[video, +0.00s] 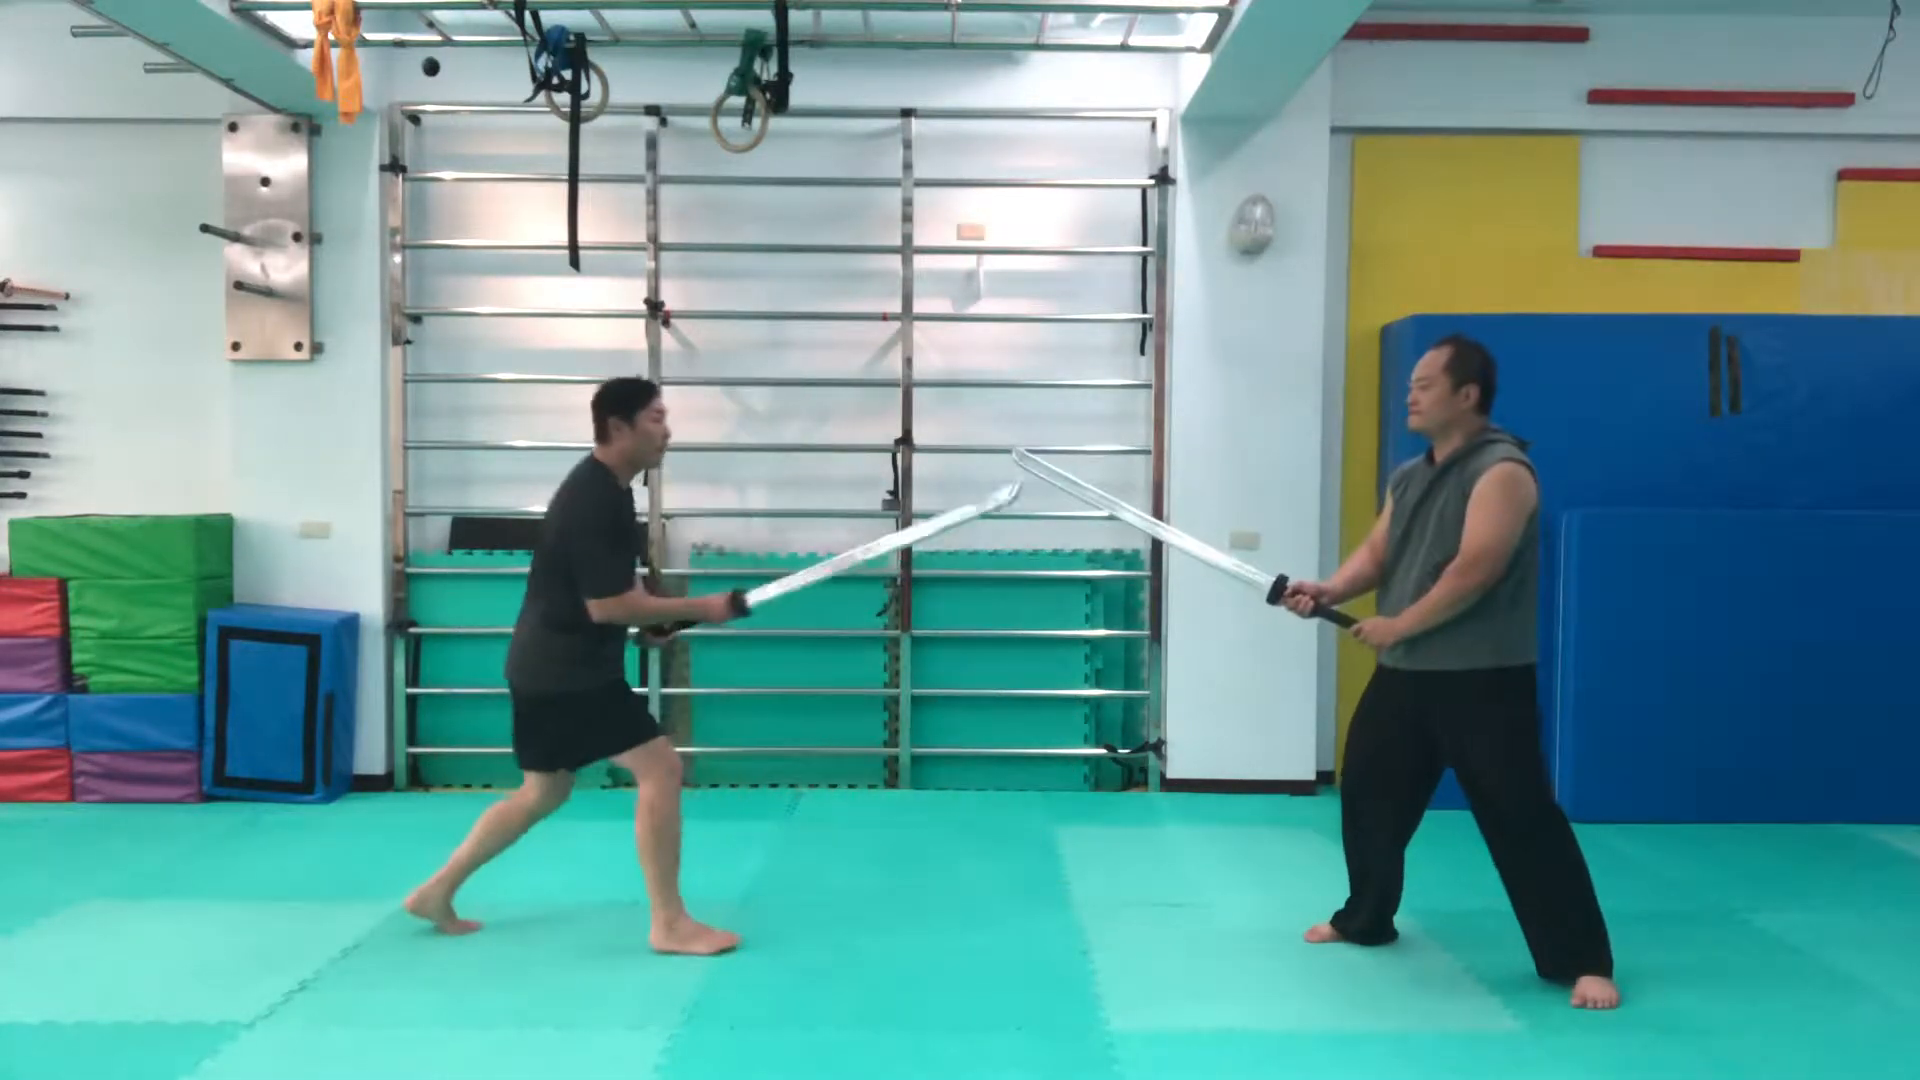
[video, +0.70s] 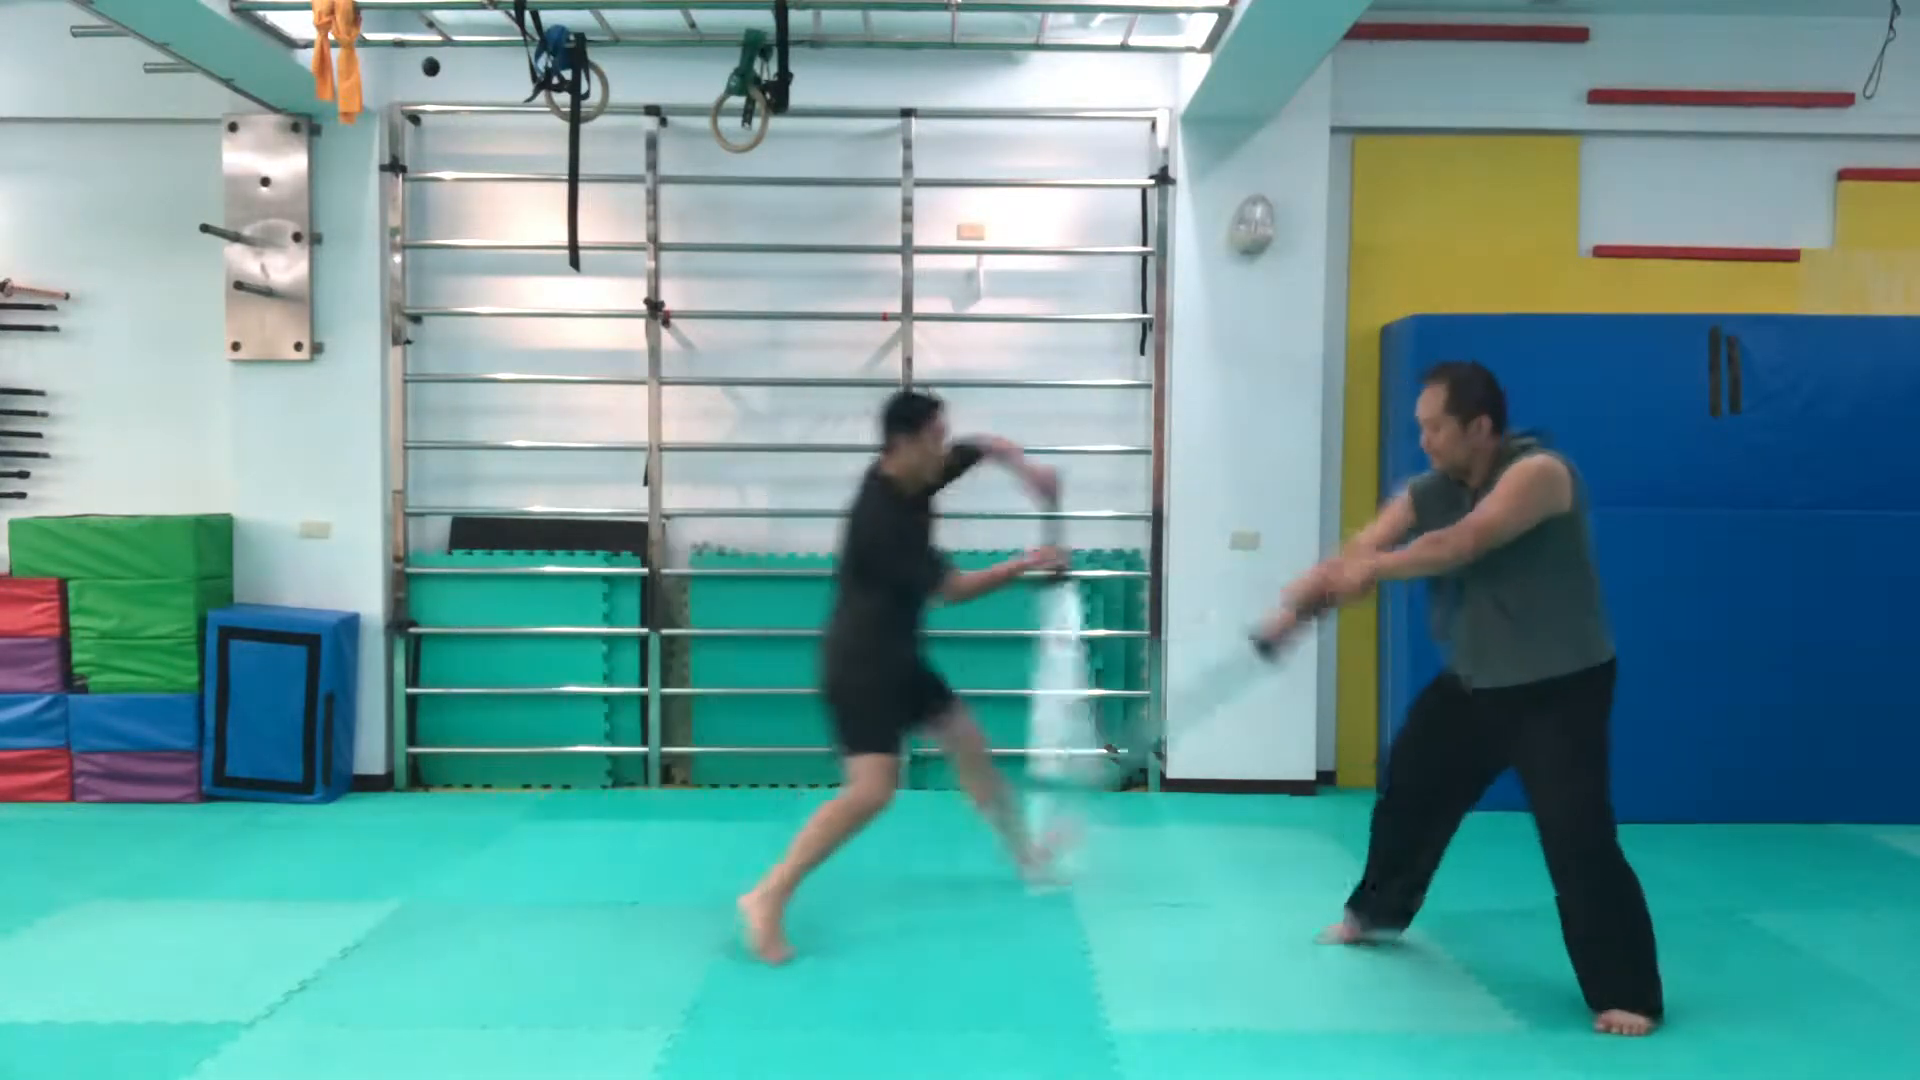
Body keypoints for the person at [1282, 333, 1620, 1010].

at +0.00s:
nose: (1410, 397)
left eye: (1423, 386)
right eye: (1411, 386)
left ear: (1467, 396)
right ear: (1442, 398)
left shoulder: (1504, 474)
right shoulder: (1409, 479)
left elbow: (1477, 568)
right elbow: (1375, 554)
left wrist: (1401, 624)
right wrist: (1327, 589)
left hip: (1484, 681)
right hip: (1404, 677)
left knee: (1522, 821)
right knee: (1370, 793)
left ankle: (1586, 965)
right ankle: (1365, 918)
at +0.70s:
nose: (1422, 440)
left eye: (1431, 427)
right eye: (1420, 427)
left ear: (1480, 427)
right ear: (1461, 430)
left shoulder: (1540, 474)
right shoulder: (1431, 493)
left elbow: (1464, 543)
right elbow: (1367, 549)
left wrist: (1369, 571)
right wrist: (1305, 600)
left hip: (1562, 686)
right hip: (1473, 687)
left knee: (1578, 839)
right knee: (1412, 786)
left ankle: (1627, 998)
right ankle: (1379, 913)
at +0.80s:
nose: (1417, 464)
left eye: (1423, 447)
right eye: (1411, 450)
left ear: (1467, 435)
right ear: (1450, 442)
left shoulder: (1527, 461)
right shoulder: (1461, 486)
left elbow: (1438, 538)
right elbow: (1418, 578)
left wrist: (1378, 594)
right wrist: (1357, 632)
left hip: (1570, 667)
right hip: (1490, 661)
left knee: (1584, 830)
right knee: (1401, 725)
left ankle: (1631, 995)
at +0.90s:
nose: (1397, 467)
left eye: (1402, 453)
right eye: (1392, 455)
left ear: (1445, 441)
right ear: (1440, 448)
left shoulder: (1500, 455)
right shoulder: (1463, 498)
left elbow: (1405, 501)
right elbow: (1451, 573)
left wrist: (1350, 538)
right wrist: (1371, 590)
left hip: (1573, 664)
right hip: (1505, 667)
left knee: (1586, 821)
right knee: (1398, 651)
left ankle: (1631, 994)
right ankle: (1494, 778)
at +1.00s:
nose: (1387, 450)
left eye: (1391, 440)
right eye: (1386, 440)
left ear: (1419, 430)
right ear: (1420, 436)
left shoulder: (1487, 452)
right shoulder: (1453, 509)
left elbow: (1386, 449)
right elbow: (1410, 561)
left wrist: (1323, 471)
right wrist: (1329, 520)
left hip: (1558, 671)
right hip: (1496, 666)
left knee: (1577, 828)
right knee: (1381, 637)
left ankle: (1638, 993)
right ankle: (1404, 789)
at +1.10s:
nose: (1378, 448)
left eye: (1384, 432)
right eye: (1376, 434)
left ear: (1414, 420)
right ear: (1399, 430)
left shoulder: (1474, 453)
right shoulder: (1426, 495)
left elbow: (1368, 410)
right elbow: (1364, 530)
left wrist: (1297, 412)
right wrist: (1299, 478)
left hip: (1527, 681)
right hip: (1457, 678)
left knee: (1551, 836)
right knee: (1354, 677)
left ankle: (1645, 992)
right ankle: (1305, 821)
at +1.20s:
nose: (1349, 442)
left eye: (1357, 425)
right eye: (1348, 428)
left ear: (1391, 413)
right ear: (1362, 425)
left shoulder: (1447, 454)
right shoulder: (1383, 494)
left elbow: (1358, 390)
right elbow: (1305, 505)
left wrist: (1278, 374)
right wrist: (1248, 436)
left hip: (1490, 685)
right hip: (1424, 684)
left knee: (1530, 840)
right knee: (1310, 725)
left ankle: (1643, 989)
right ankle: (1250, 869)